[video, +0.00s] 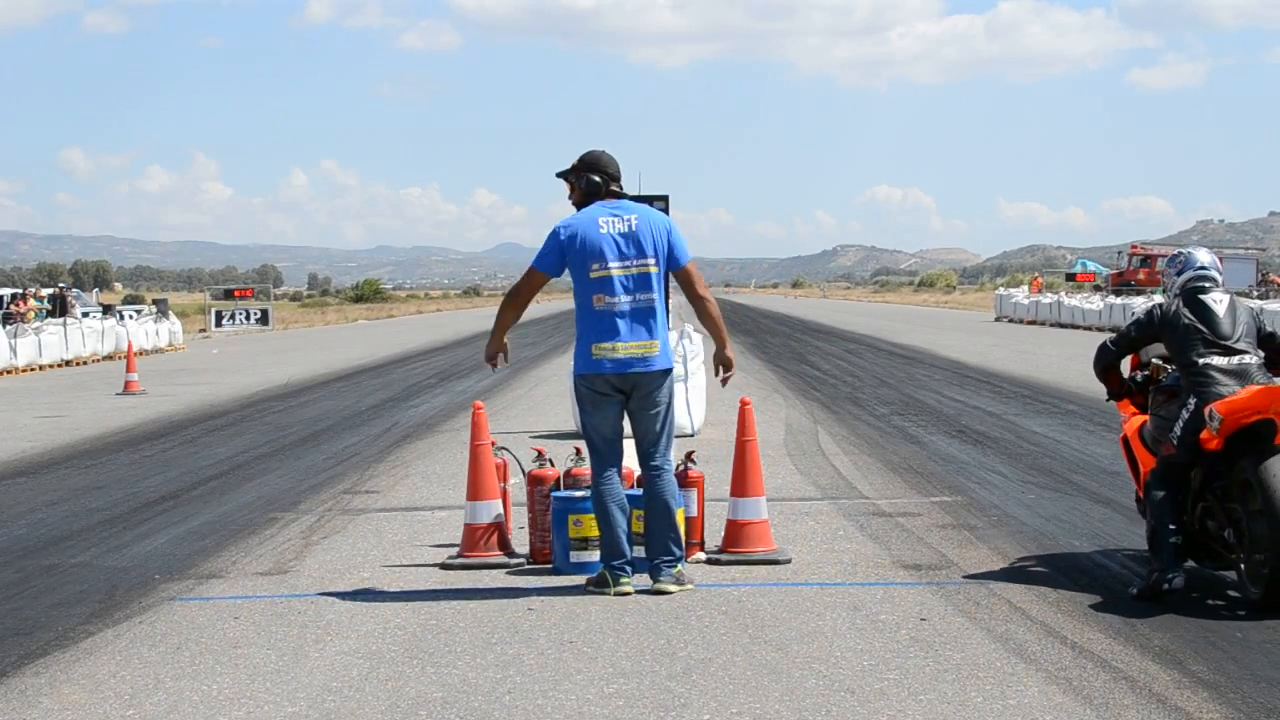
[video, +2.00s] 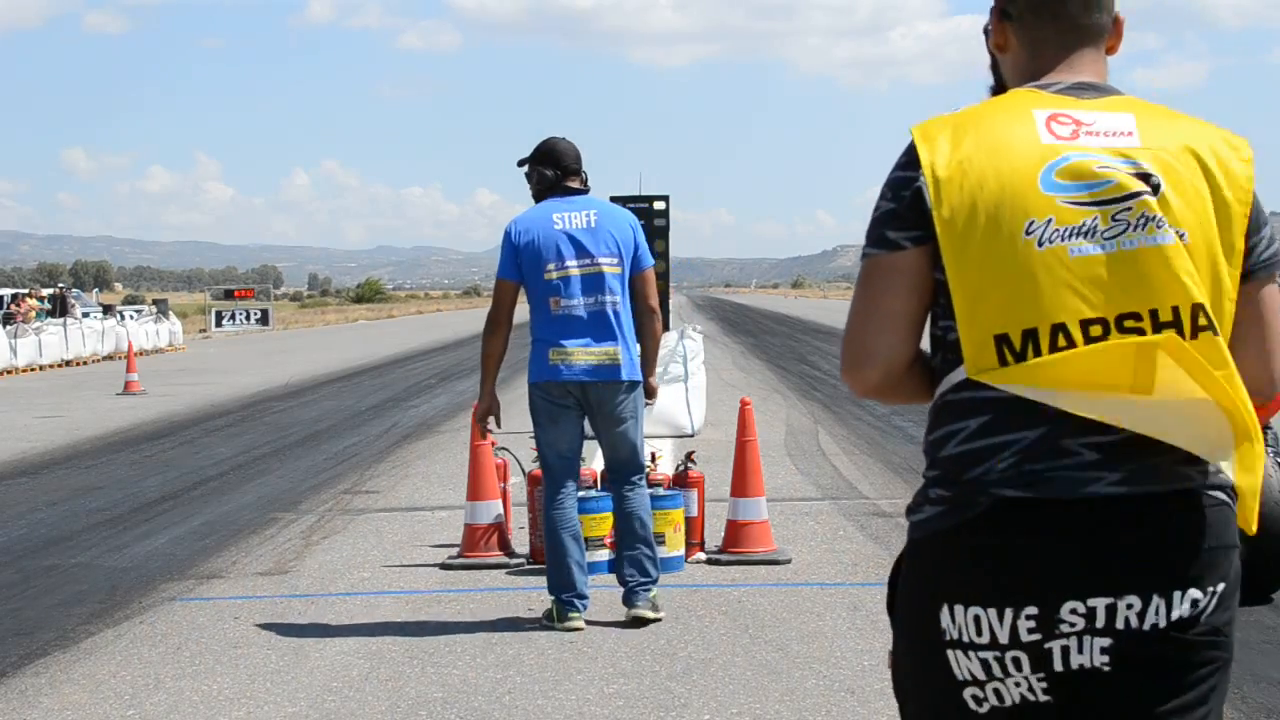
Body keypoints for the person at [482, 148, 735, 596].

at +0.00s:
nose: (568, 196)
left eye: (570, 188)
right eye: (568, 188)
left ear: (585, 186)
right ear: (616, 185)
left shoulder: (571, 230)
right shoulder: (659, 223)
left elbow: (523, 291)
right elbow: (698, 292)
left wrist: (497, 336)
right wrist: (723, 344)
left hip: (596, 366)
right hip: (653, 362)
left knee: (605, 468)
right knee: (658, 462)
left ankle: (616, 572)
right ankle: (667, 568)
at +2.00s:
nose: (528, 184)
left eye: (530, 177)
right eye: (528, 177)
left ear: (544, 178)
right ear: (581, 177)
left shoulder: (523, 228)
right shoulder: (624, 220)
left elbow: (500, 319)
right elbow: (649, 307)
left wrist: (487, 390)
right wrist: (649, 370)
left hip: (553, 375)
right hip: (616, 371)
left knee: (561, 485)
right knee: (629, 477)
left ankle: (570, 605)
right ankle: (641, 593)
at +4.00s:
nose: (578, 169)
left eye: (585, 159)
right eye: (579, 159)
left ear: (610, 161)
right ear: (635, 163)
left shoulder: (594, 218)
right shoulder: (690, 215)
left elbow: (570, 317)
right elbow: (711, 308)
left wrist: (545, 391)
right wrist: (709, 379)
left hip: (614, 386)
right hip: (682, 382)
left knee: (623, 508)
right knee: (688, 500)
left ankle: (638, 633)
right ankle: (704, 626)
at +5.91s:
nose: (601, 167)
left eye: (598, 161)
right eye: (638, 159)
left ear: (596, 166)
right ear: (647, 164)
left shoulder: (577, 222)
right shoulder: (685, 220)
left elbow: (553, 317)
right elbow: (710, 316)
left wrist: (543, 389)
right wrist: (713, 385)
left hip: (602, 387)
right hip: (670, 385)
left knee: (617, 504)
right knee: (678, 497)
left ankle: (638, 631)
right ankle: (699, 619)